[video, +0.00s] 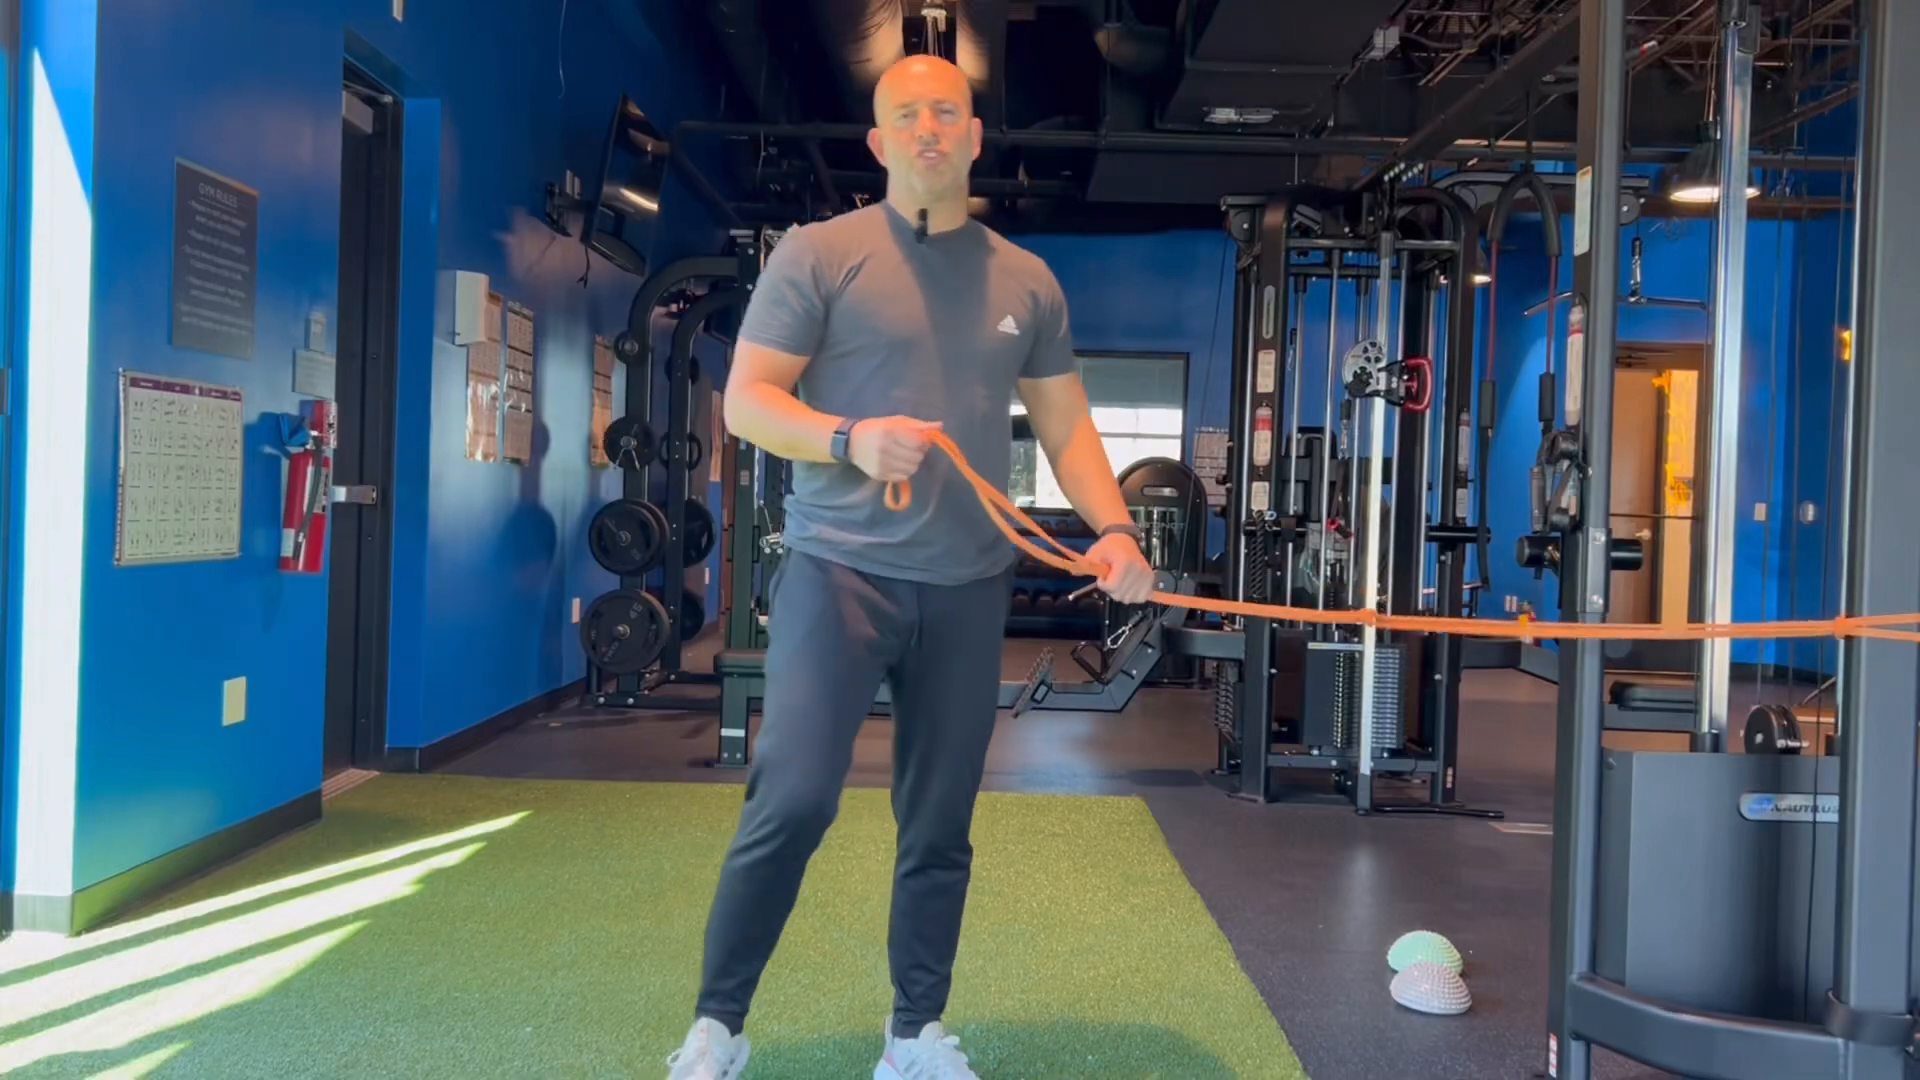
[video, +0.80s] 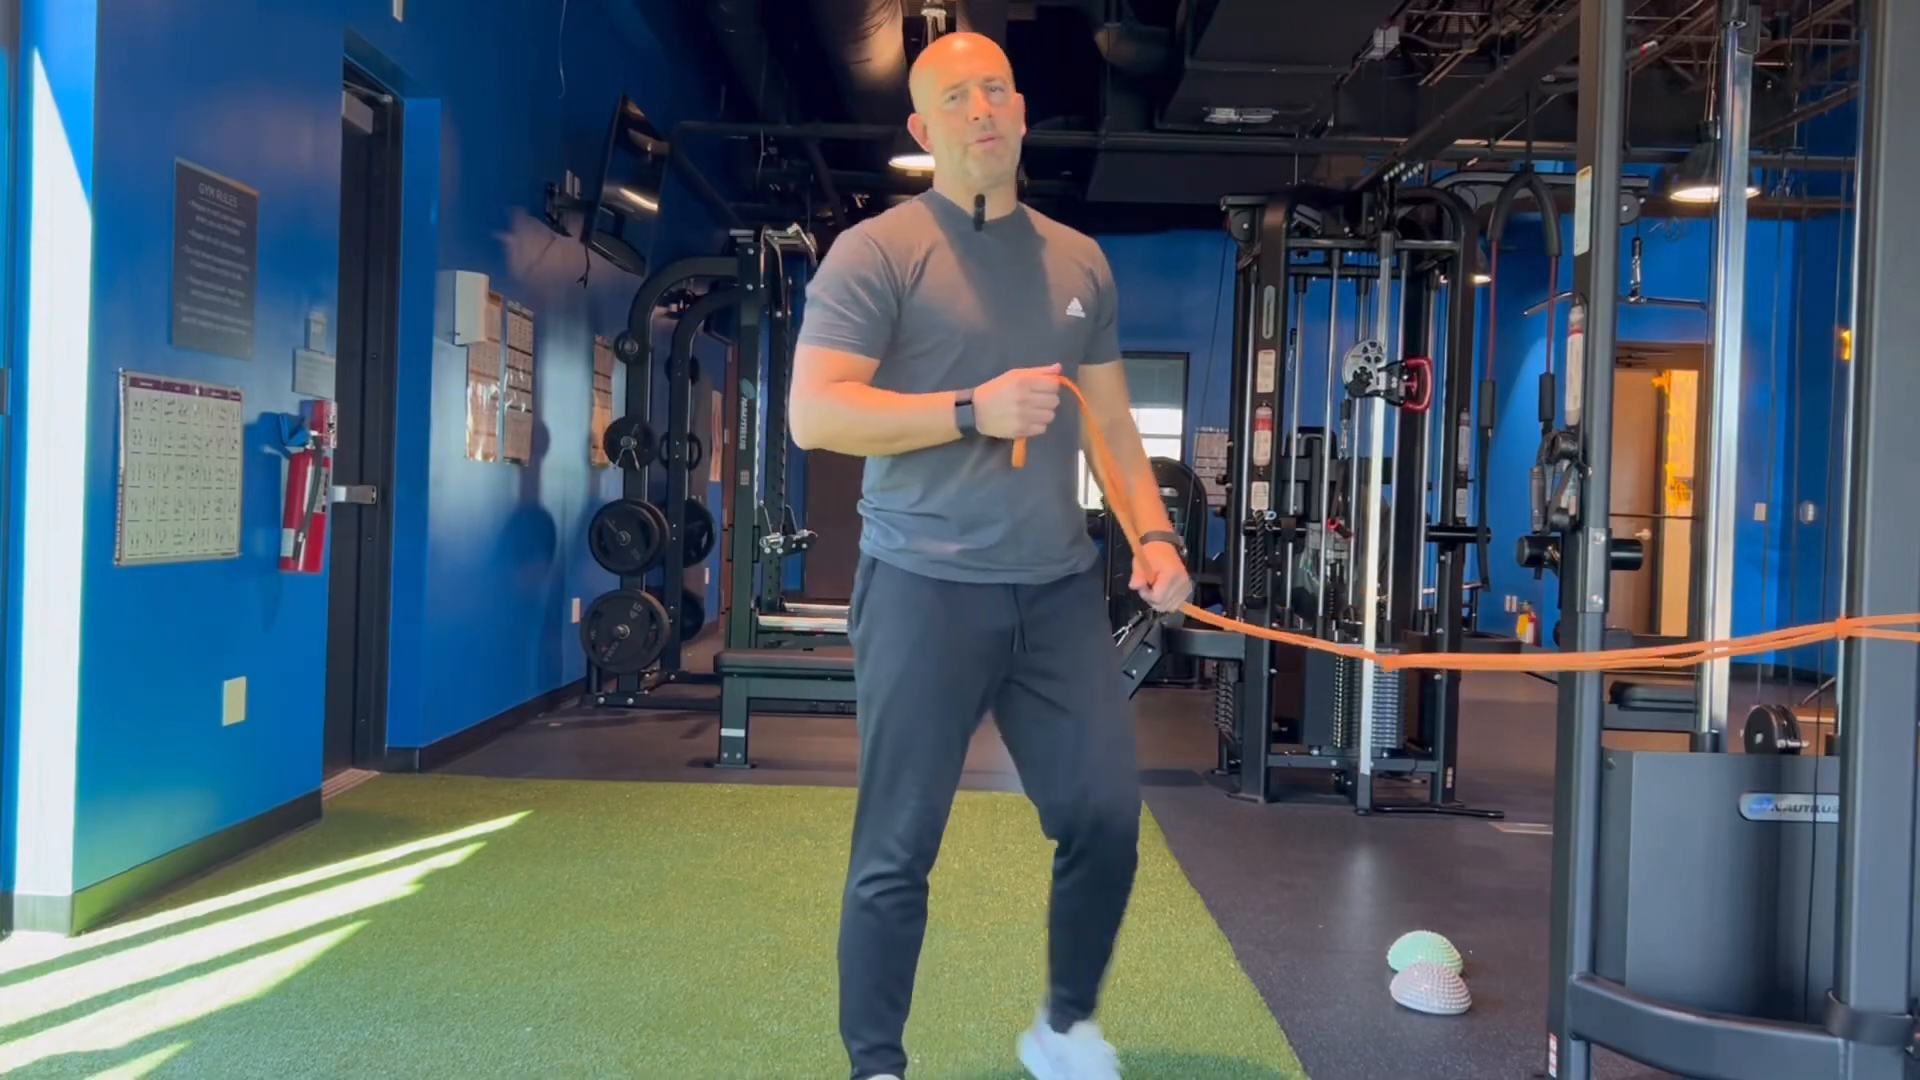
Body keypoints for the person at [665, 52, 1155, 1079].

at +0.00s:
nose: (930, 126)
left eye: (948, 110)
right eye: (910, 112)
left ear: (977, 134)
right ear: (876, 141)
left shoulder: (1027, 282)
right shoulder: (815, 257)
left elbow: (1067, 427)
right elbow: (746, 401)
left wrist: (1115, 528)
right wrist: (849, 437)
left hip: (966, 584)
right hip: (835, 571)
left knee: (939, 823)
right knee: (794, 799)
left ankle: (915, 1032)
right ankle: (718, 1025)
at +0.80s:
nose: (983, 106)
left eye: (996, 87)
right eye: (955, 94)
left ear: (1024, 112)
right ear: (918, 128)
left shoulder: (1079, 262)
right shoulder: (871, 254)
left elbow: (1110, 420)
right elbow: (815, 411)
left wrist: (1152, 534)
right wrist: (971, 408)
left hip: (1060, 587)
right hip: (924, 586)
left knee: (1106, 814)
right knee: (896, 849)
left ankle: (1067, 1026)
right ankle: (877, 1061)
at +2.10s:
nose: (944, 139)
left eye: (959, 121)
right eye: (923, 127)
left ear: (991, 143)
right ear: (894, 157)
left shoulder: (1064, 276)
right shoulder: (843, 282)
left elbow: (1120, 412)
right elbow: (791, 413)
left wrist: (1149, 474)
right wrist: (806, 449)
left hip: (1026, 587)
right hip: (887, 587)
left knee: (1044, 823)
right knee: (883, 823)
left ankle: (1069, 1042)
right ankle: (885, 1023)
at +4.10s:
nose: (1086, 176)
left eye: (1092, 156)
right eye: (1070, 155)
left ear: (1070, 161)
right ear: (1002, 153)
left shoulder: (1110, 281)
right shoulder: (901, 273)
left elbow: (1203, 401)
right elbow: (821, 415)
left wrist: (1226, 356)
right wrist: (880, 451)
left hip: (1077, 592)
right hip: (945, 591)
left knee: (1084, 835)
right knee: (911, 835)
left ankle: (1071, 1049)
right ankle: (884, 1037)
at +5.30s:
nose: (1072, 119)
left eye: (1074, 104)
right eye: (1047, 101)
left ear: (1073, 130)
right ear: (981, 124)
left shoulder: (1087, 273)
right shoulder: (908, 262)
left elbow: (1134, 412)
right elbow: (878, 427)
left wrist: (1199, 475)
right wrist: (1041, 459)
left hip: (1072, 590)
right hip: (948, 591)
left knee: (1096, 834)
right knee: (907, 838)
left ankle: (1089, 1052)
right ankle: (872, 1054)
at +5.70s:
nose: (1176, 128)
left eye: (1186, 113)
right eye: (1150, 109)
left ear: (1195, 141)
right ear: (1092, 132)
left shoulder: (1196, 287)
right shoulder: (1043, 255)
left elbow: (1211, 425)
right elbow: (1036, 422)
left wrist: (1253, 444)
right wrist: (1199, 474)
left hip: (1155, 587)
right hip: (1047, 572)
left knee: (1135, 828)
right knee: (1058, 809)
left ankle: (1090, 1050)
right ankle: (912, 1009)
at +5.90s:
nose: (1230, 125)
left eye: (1235, 110)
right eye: (1205, 107)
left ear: (1234, 136)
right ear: (1142, 129)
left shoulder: (1227, 281)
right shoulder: (1090, 245)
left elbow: (1240, 422)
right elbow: (1058, 415)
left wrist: (1296, 439)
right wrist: (1220, 462)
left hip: (1181, 582)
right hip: (1088, 570)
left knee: (1155, 823)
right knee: (1128, 822)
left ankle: (1091, 1039)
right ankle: (1074, 1053)